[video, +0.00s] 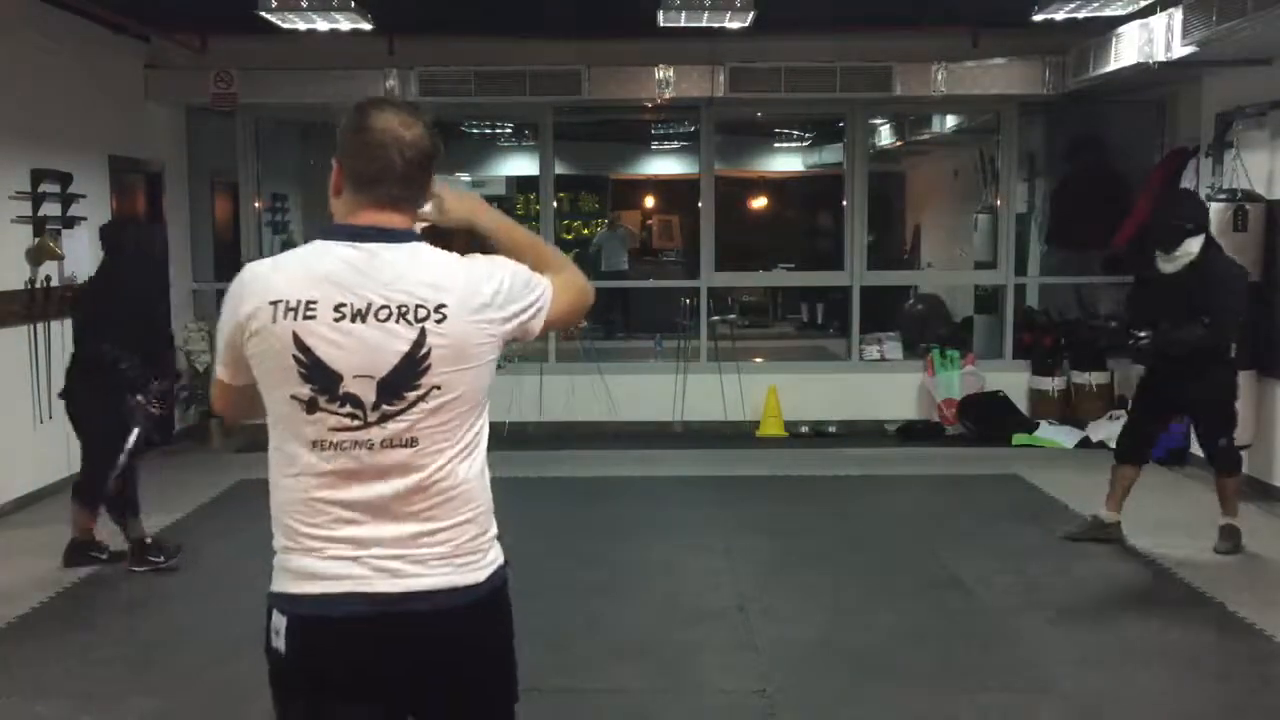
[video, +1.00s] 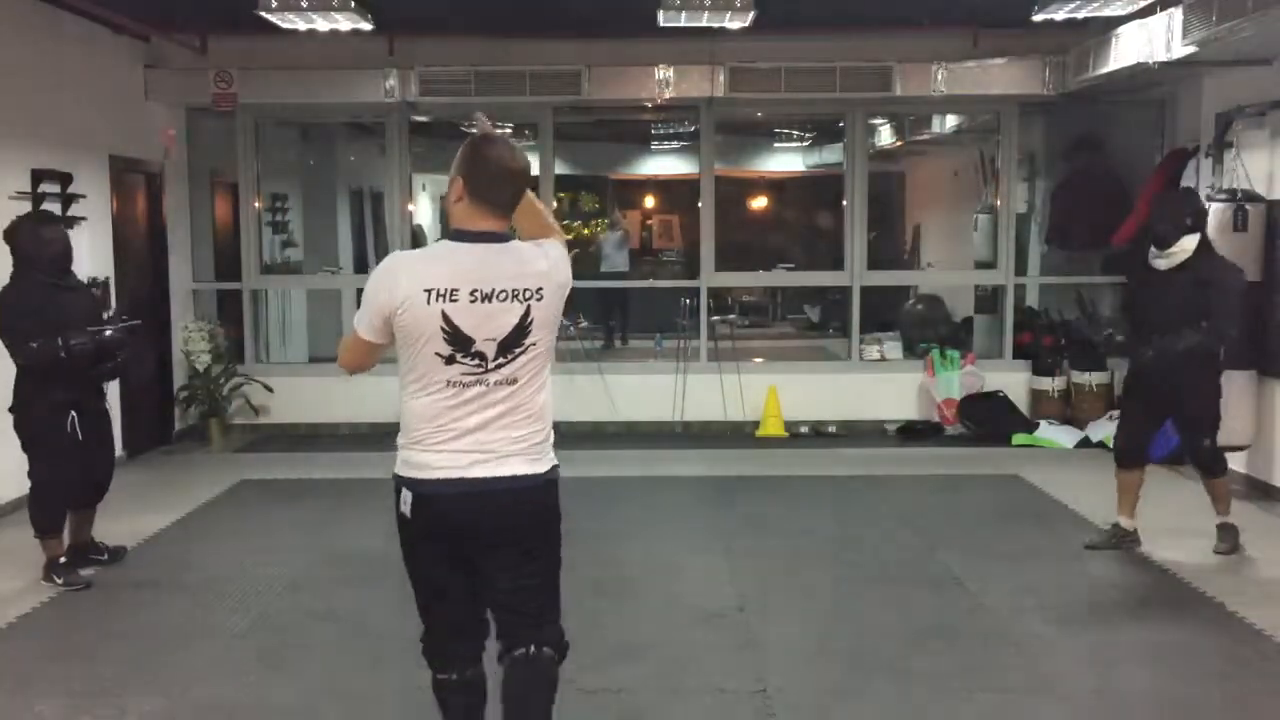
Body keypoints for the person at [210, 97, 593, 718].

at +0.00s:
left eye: (329, 169)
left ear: (336, 178)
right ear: (428, 191)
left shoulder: (261, 287)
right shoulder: (479, 286)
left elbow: (232, 406)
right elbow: (573, 289)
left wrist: (313, 390)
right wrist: (481, 213)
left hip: (317, 616)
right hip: (458, 613)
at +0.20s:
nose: (390, 183)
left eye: (392, 176)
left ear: (398, 186)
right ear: (479, 203)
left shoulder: (323, 289)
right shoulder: (518, 294)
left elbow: (288, 392)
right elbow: (595, 280)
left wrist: (361, 353)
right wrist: (505, 203)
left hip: (361, 574)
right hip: (487, 574)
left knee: (362, 709)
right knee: (495, 708)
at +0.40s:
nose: (440, 169)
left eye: (444, 159)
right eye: (447, 159)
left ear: (452, 168)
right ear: (521, 188)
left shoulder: (379, 261)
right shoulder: (559, 274)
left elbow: (324, 362)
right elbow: (607, 249)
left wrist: (399, 321)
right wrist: (530, 187)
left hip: (408, 539)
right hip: (518, 533)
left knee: (383, 704)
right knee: (512, 700)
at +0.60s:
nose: (458, 170)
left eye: (460, 159)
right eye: (460, 159)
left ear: (469, 170)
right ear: (535, 185)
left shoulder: (403, 258)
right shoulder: (569, 267)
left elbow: (341, 354)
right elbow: (591, 237)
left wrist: (408, 322)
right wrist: (529, 178)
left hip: (426, 516)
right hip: (530, 513)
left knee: (424, 672)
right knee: (517, 681)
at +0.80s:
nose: (458, 181)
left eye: (461, 173)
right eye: (460, 172)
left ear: (469, 183)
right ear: (532, 195)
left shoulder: (409, 270)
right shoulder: (564, 271)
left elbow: (353, 360)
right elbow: (567, 237)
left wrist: (406, 318)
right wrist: (521, 183)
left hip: (435, 506)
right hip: (534, 501)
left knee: (449, 667)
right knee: (520, 668)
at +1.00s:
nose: (447, 188)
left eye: (451, 180)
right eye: (452, 180)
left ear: (457, 189)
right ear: (518, 198)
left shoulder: (402, 272)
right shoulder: (548, 268)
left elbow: (353, 358)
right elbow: (541, 227)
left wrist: (399, 314)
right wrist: (505, 166)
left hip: (430, 490)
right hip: (524, 488)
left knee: (452, 646)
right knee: (531, 640)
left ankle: (464, 716)